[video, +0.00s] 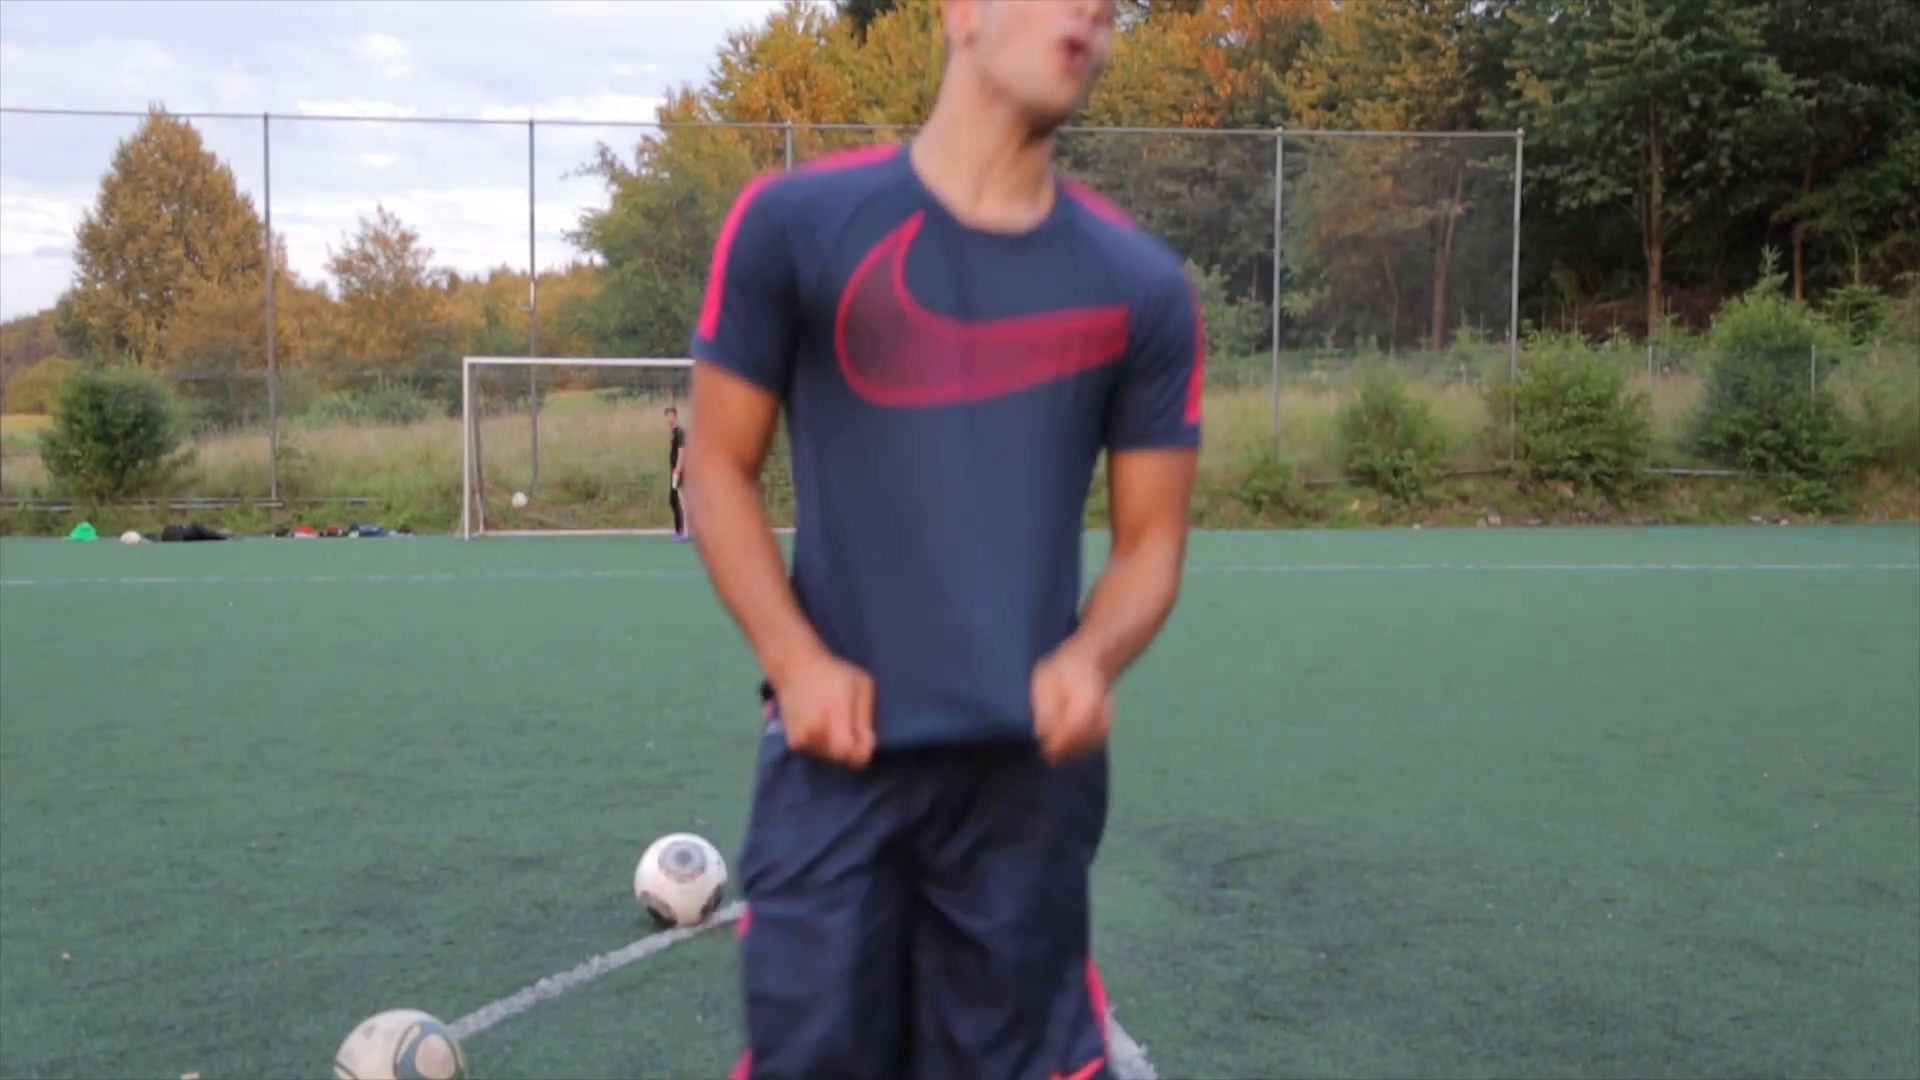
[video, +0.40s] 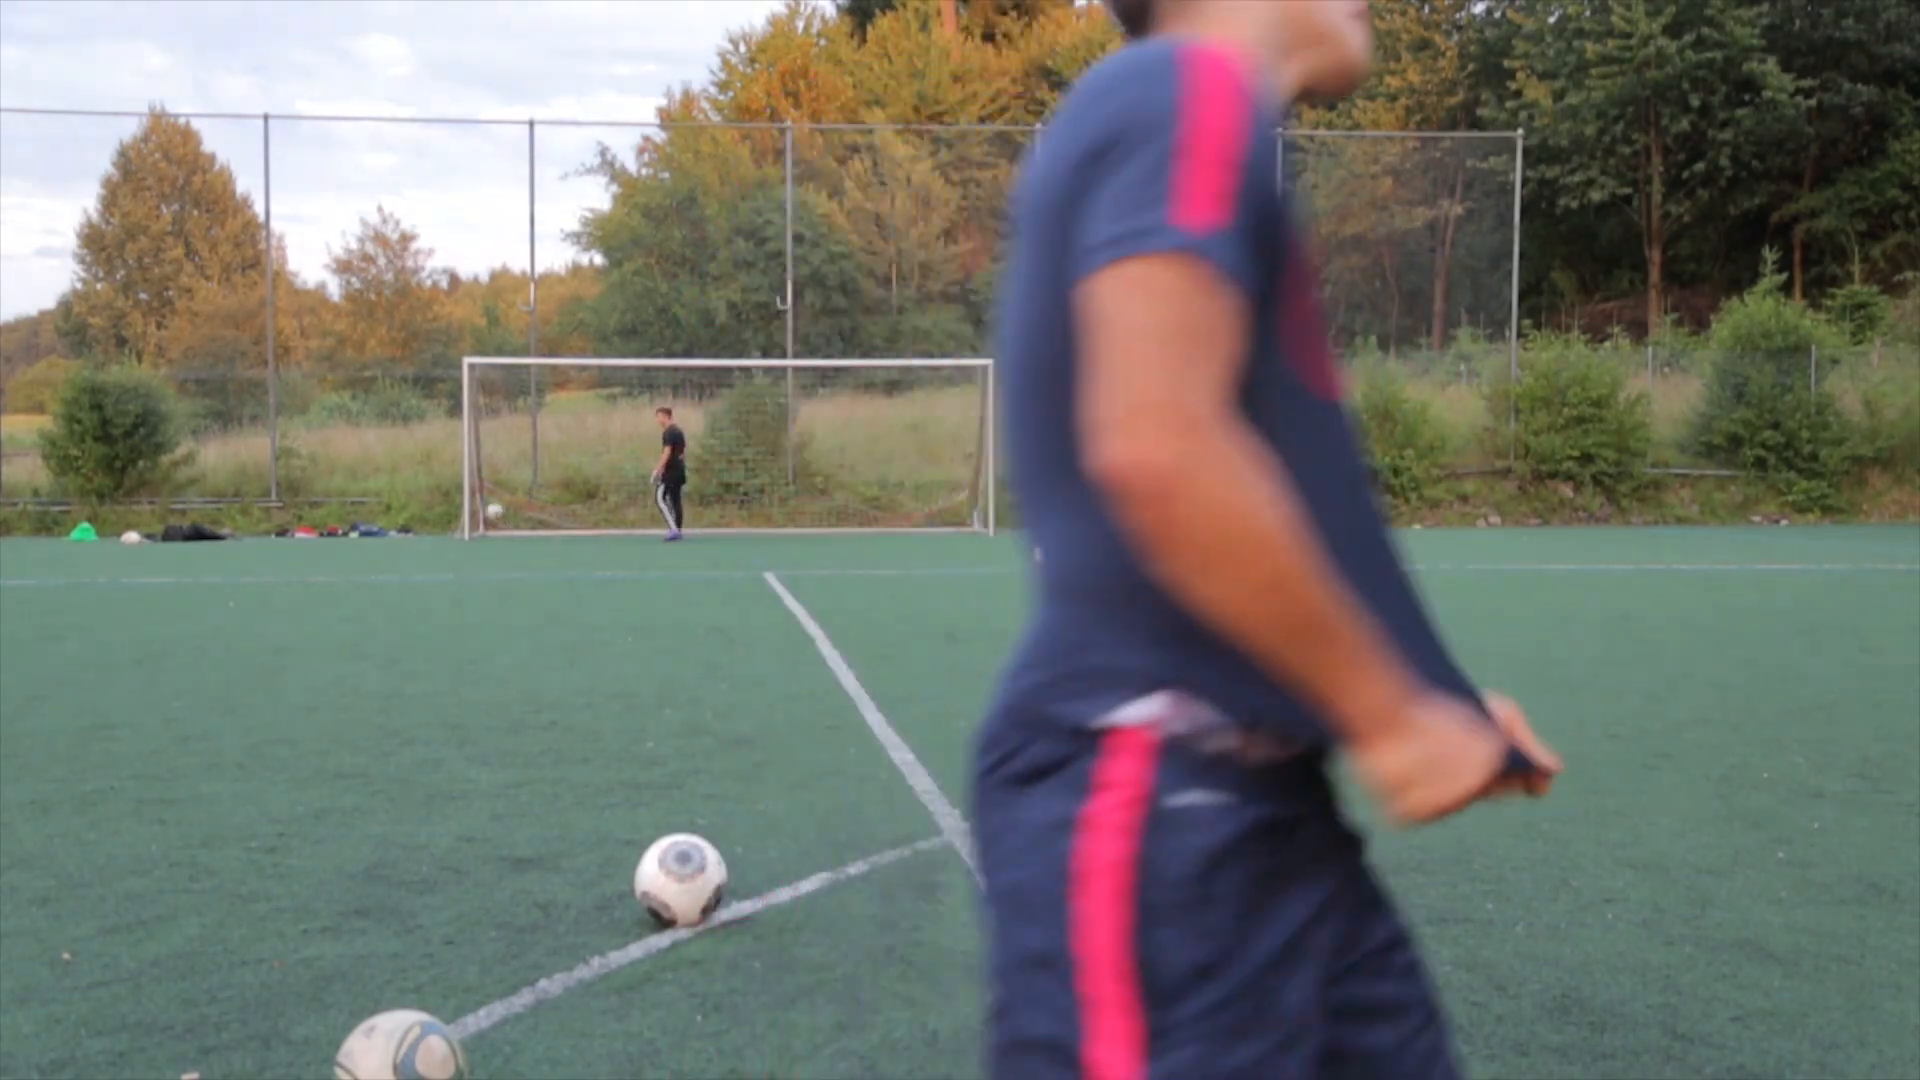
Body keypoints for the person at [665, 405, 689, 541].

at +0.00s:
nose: (669, 420)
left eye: (670, 416)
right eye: (667, 417)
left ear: (675, 417)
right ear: (666, 418)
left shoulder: (679, 433)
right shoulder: (674, 434)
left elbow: (681, 454)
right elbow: (677, 454)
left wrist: (677, 472)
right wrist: (674, 471)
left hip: (676, 472)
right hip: (673, 471)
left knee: (675, 500)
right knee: (674, 500)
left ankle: (681, 530)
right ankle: (679, 529)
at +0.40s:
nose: (658, 421)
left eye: (659, 417)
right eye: (657, 418)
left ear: (666, 416)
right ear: (668, 417)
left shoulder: (669, 432)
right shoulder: (678, 431)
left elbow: (667, 453)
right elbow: (680, 452)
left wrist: (657, 470)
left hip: (670, 471)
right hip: (678, 471)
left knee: (660, 498)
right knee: (675, 499)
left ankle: (674, 528)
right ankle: (677, 528)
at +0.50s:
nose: (656, 421)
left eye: (657, 417)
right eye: (656, 418)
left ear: (664, 417)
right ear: (666, 417)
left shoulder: (666, 432)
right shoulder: (677, 432)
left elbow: (665, 452)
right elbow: (680, 454)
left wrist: (655, 469)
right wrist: (679, 468)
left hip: (667, 470)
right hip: (677, 470)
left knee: (654, 496)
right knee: (677, 501)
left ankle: (661, 529)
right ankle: (678, 530)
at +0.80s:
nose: (643, 422)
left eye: (644, 419)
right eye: (643, 419)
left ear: (650, 419)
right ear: (654, 419)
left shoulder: (648, 435)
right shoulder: (665, 433)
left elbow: (649, 457)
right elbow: (671, 455)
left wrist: (645, 474)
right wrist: (672, 471)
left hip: (654, 469)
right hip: (667, 468)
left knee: (645, 502)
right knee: (671, 502)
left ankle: (635, 530)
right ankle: (677, 531)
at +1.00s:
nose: (631, 421)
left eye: (632, 418)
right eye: (631, 418)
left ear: (636, 419)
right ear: (642, 418)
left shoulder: (635, 434)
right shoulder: (652, 433)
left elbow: (635, 456)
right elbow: (658, 453)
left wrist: (632, 475)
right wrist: (659, 471)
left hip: (640, 470)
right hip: (651, 469)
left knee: (634, 500)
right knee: (652, 501)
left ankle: (632, 530)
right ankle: (669, 526)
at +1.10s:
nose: (626, 420)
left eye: (626, 417)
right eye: (627, 417)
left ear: (628, 417)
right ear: (636, 417)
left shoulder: (630, 434)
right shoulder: (645, 432)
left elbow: (629, 455)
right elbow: (651, 452)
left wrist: (624, 474)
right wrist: (652, 470)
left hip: (633, 468)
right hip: (644, 467)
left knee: (632, 501)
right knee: (639, 500)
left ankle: (631, 531)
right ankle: (658, 522)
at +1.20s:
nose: (619, 420)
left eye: (620, 417)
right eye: (620, 417)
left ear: (623, 417)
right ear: (630, 417)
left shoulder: (624, 433)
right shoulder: (639, 432)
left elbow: (622, 454)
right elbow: (645, 452)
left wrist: (615, 472)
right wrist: (646, 469)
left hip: (628, 468)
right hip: (639, 467)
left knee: (629, 498)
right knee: (631, 497)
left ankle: (632, 529)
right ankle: (641, 522)